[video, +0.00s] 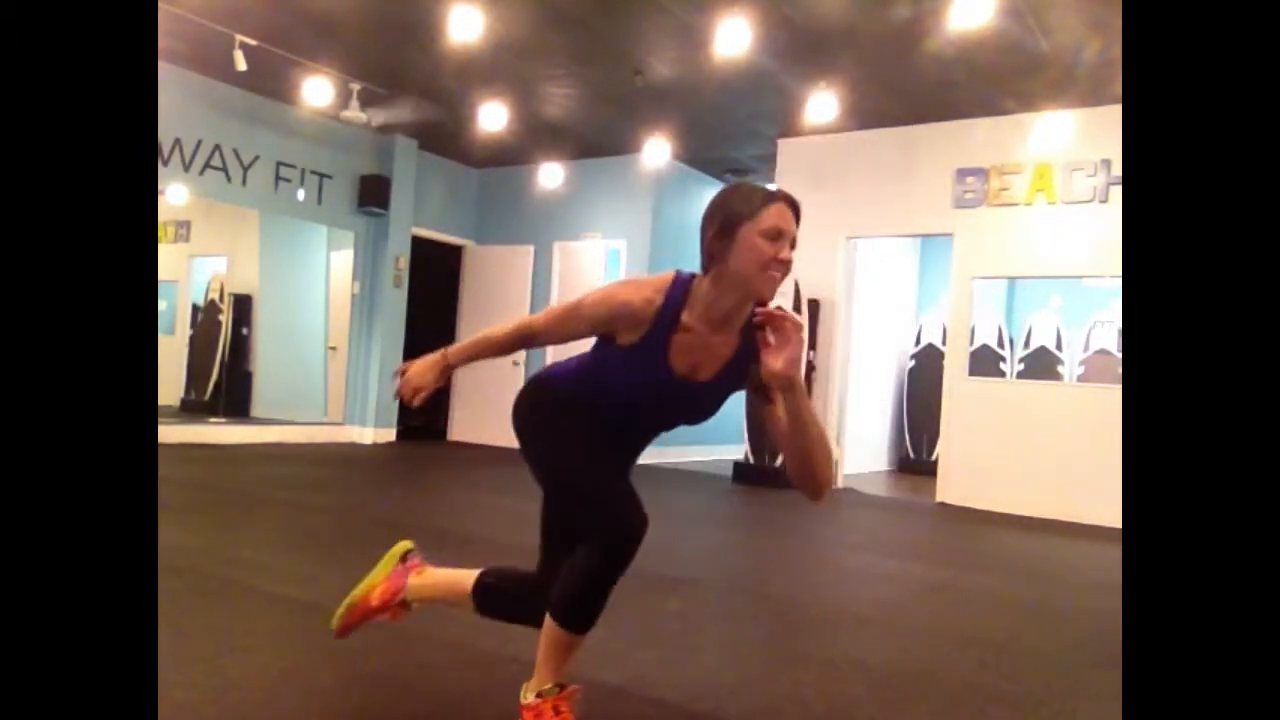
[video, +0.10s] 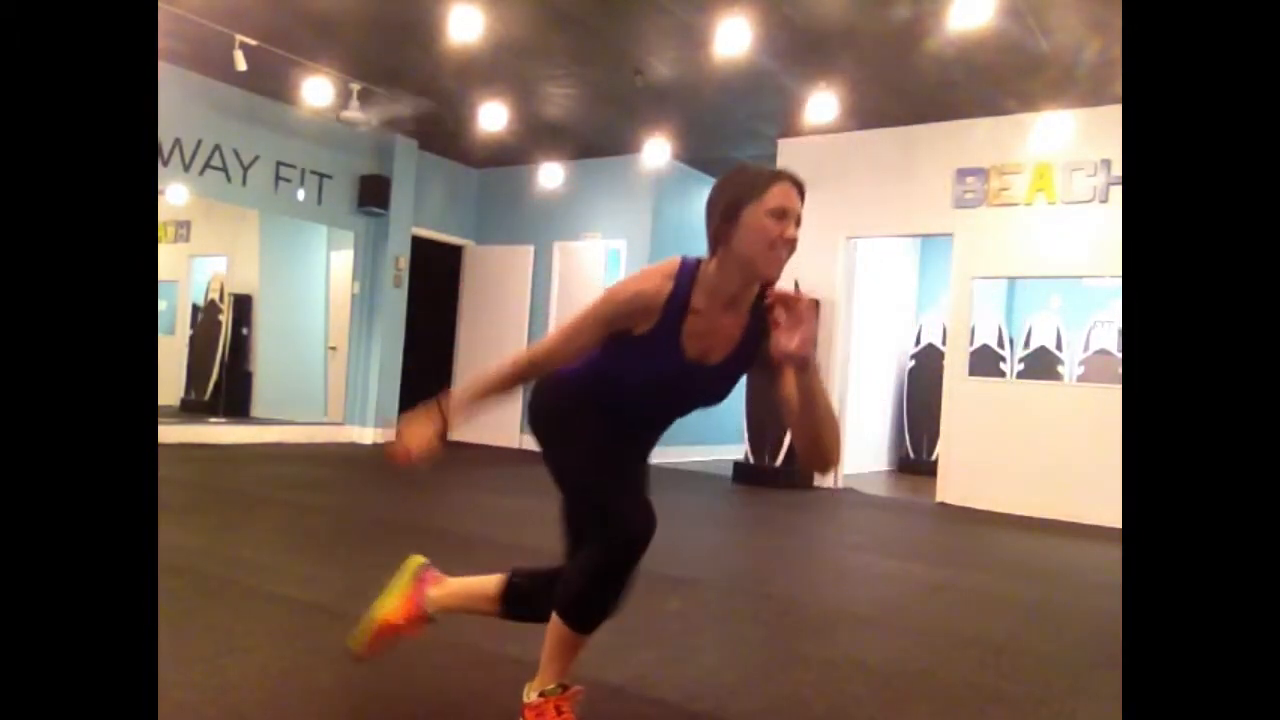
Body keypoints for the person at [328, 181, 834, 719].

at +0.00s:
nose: (786, 256)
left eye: (792, 244)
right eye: (773, 237)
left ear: (789, 256)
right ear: (723, 239)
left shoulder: (765, 342)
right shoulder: (644, 302)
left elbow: (817, 484)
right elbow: (531, 331)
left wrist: (789, 386)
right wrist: (441, 361)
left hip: (612, 447)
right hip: (557, 411)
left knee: (549, 601)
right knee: (619, 525)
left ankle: (411, 580)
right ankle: (543, 689)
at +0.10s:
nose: (790, 234)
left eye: (797, 222)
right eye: (777, 216)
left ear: (795, 237)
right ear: (730, 221)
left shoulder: (774, 319)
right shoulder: (655, 291)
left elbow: (824, 458)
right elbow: (540, 357)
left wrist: (800, 366)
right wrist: (443, 410)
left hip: (629, 436)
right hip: (570, 406)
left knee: (583, 592)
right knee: (628, 525)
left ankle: (430, 591)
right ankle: (547, 690)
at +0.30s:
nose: (832, 187)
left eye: (836, 175)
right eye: (822, 170)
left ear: (825, 186)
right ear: (776, 171)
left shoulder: (792, 270)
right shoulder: (710, 237)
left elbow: (844, 371)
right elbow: (660, 355)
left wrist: (830, 314)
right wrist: (776, 345)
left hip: (678, 404)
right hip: (618, 390)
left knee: (759, 522)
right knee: (656, 531)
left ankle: (636, 566)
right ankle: (557, 689)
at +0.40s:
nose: (880, 162)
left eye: (885, 150)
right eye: (871, 146)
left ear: (860, 158)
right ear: (833, 146)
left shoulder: (838, 227)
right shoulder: (768, 200)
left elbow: (903, 298)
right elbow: (743, 299)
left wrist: (936, 280)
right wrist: (853, 255)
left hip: (716, 373)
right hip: (657, 363)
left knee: (811, 473)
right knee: (646, 506)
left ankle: (750, 558)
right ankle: (561, 681)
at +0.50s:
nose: (921, 157)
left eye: (924, 147)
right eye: (912, 144)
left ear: (901, 153)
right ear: (869, 142)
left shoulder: (887, 217)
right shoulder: (815, 194)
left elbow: (942, 264)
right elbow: (821, 285)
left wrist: (1012, 287)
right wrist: (907, 232)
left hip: (766, 353)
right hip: (705, 343)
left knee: (835, 458)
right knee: (655, 470)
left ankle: (851, 573)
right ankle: (567, 640)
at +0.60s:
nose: (946, 191)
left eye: (950, 181)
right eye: (938, 179)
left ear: (934, 186)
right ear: (900, 178)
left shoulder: (914, 238)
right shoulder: (853, 231)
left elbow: (942, 291)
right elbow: (874, 321)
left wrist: (997, 327)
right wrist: (935, 266)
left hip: (799, 377)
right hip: (747, 368)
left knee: (857, 477)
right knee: (716, 478)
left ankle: (876, 598)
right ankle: (579, 563)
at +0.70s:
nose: (970, 237)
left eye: (972, 227)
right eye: (963, 225)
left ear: (941, 232)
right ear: (928, 225)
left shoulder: (919, 288)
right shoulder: (888, 287)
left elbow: (905, 370)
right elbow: (917, 379)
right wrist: (963, 319)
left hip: (825, 405)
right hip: (781, 401)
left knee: (896, 510)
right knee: (758, 523)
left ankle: (864, 615)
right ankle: (646, 511)